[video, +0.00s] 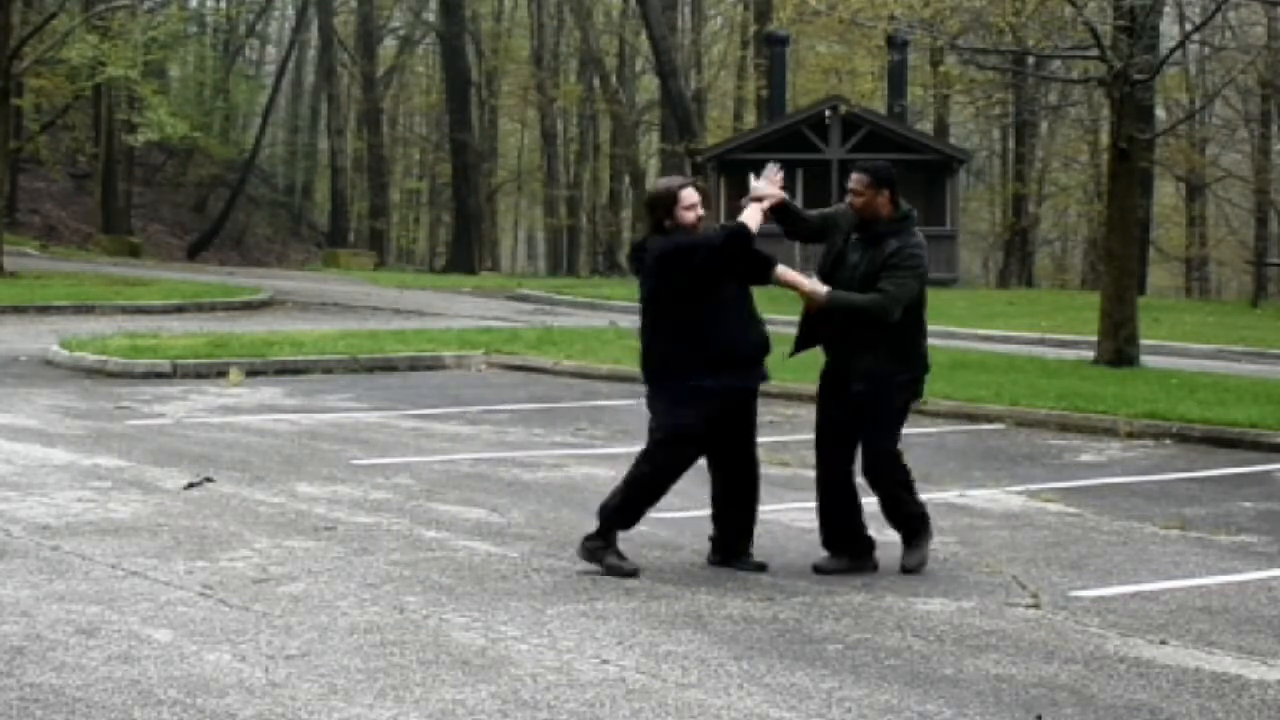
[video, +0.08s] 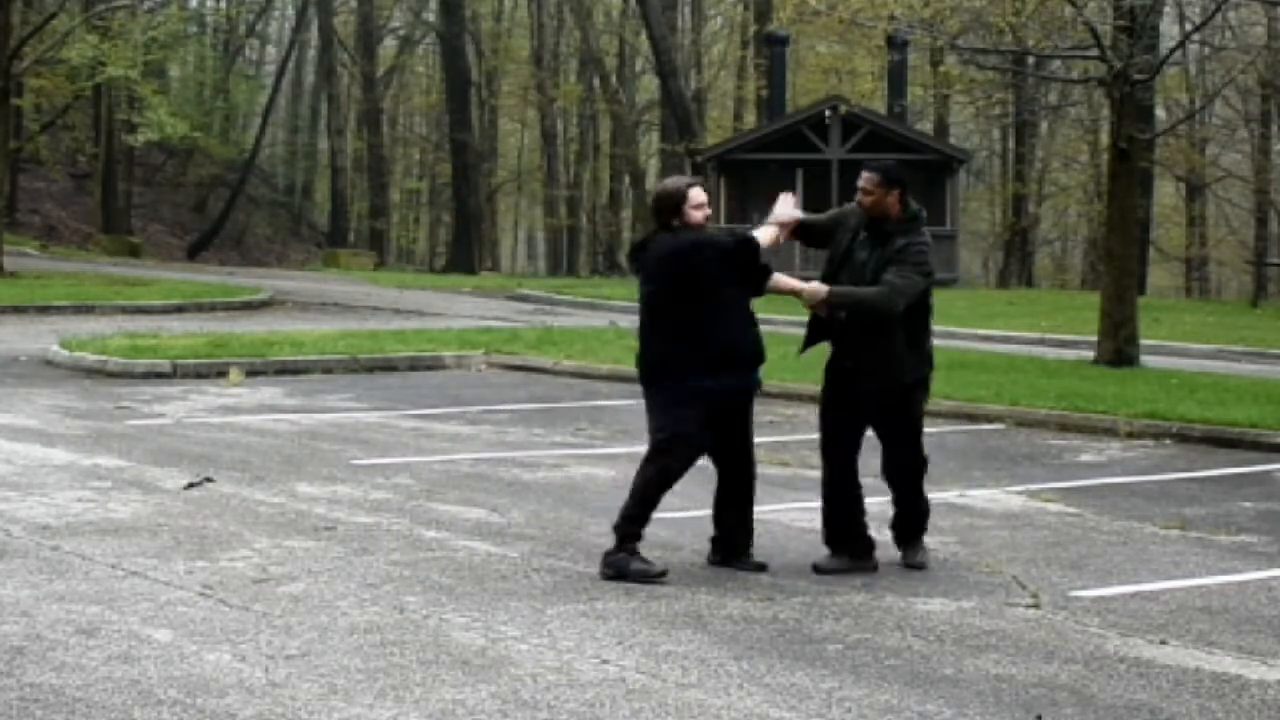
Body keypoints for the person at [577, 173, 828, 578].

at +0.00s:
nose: (699, 213)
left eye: (700, 206)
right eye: (689, 209)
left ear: (704, 208)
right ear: (667, 216)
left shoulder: (714, 245)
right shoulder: (662, 253)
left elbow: (763, 267)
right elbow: (730, 241)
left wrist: (805, 284)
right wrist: (759, 203)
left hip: (732, 378)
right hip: (683, 382)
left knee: (737, 468)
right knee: (664, 462)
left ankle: (731, 549)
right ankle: (602, 537)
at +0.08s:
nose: (707, 212)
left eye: (707, 205)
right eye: (699, 207)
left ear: (704, 210)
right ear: (675, 213)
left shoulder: (714, 249)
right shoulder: (664, 251)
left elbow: (752, 278)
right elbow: (733, 250)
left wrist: (802, 288)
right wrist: (775, 224)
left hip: (728, 378)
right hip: (677, 380)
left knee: (737, 467)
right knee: (670, 457)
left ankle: (731, 549)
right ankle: (622, 550)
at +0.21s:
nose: (725, 218)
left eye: (723, 210)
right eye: (717, 212)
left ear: (685, 218)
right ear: (695, 218)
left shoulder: (666, 255)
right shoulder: (699, 257)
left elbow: (737, 299)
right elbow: (749, 292)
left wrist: (801, 300)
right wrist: (780, 277)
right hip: (686, 384)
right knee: (681, 464)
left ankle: (728, 549)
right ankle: (649, 559)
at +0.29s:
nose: (728, 226)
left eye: (727, 218)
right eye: (722, 219)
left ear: (690, 225)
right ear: (701, 224)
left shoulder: (665, 262)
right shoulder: (702, 264)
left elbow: (732, 306)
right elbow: (744, 305)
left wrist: (799, 311)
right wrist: (782, 283)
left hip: (650, 382)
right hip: (683, 389)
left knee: (671, 467)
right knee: (689, 467)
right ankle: (659, 565)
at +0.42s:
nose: (726, 229)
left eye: (725, 221)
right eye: (721, 222)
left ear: (684, 226)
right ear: (700, 227)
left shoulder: (659, 262)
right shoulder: (695, 268)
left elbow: (703, 307)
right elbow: (737, 318)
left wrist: (751, 308)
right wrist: (775, 291)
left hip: (643, 384)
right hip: (675, 392)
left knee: (703, 466)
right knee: (692, 469)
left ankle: (722, 548)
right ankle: (661, 566)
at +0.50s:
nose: (714, 227)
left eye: (713, 218)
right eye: (710, 219)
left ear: (673, 223)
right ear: (692, 225)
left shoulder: (647, 261)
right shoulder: (684, 263)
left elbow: (687, 306)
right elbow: (726, 315)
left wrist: (723, 283)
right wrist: (766, 283)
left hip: (643, 386)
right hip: (671, 392)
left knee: (703, 459)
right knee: (692, 466)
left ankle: (708, 545)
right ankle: (662, 564)